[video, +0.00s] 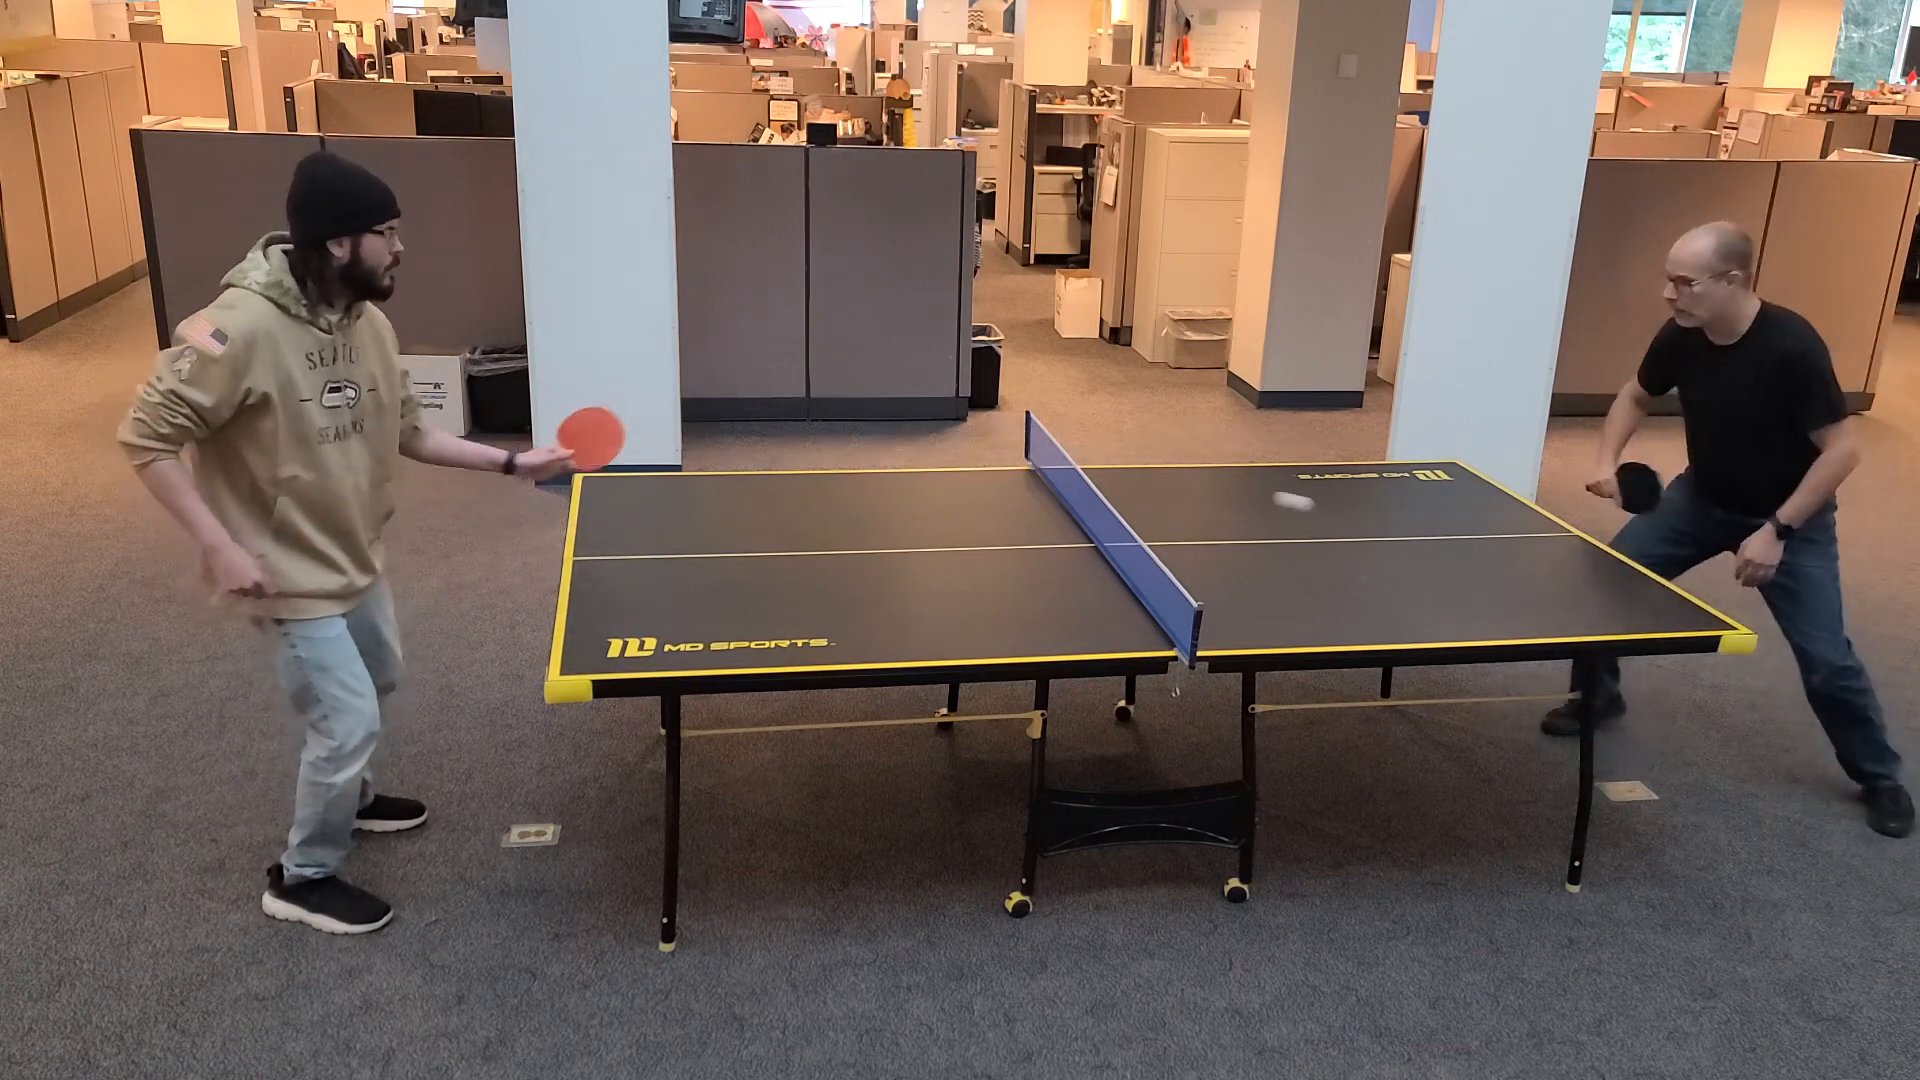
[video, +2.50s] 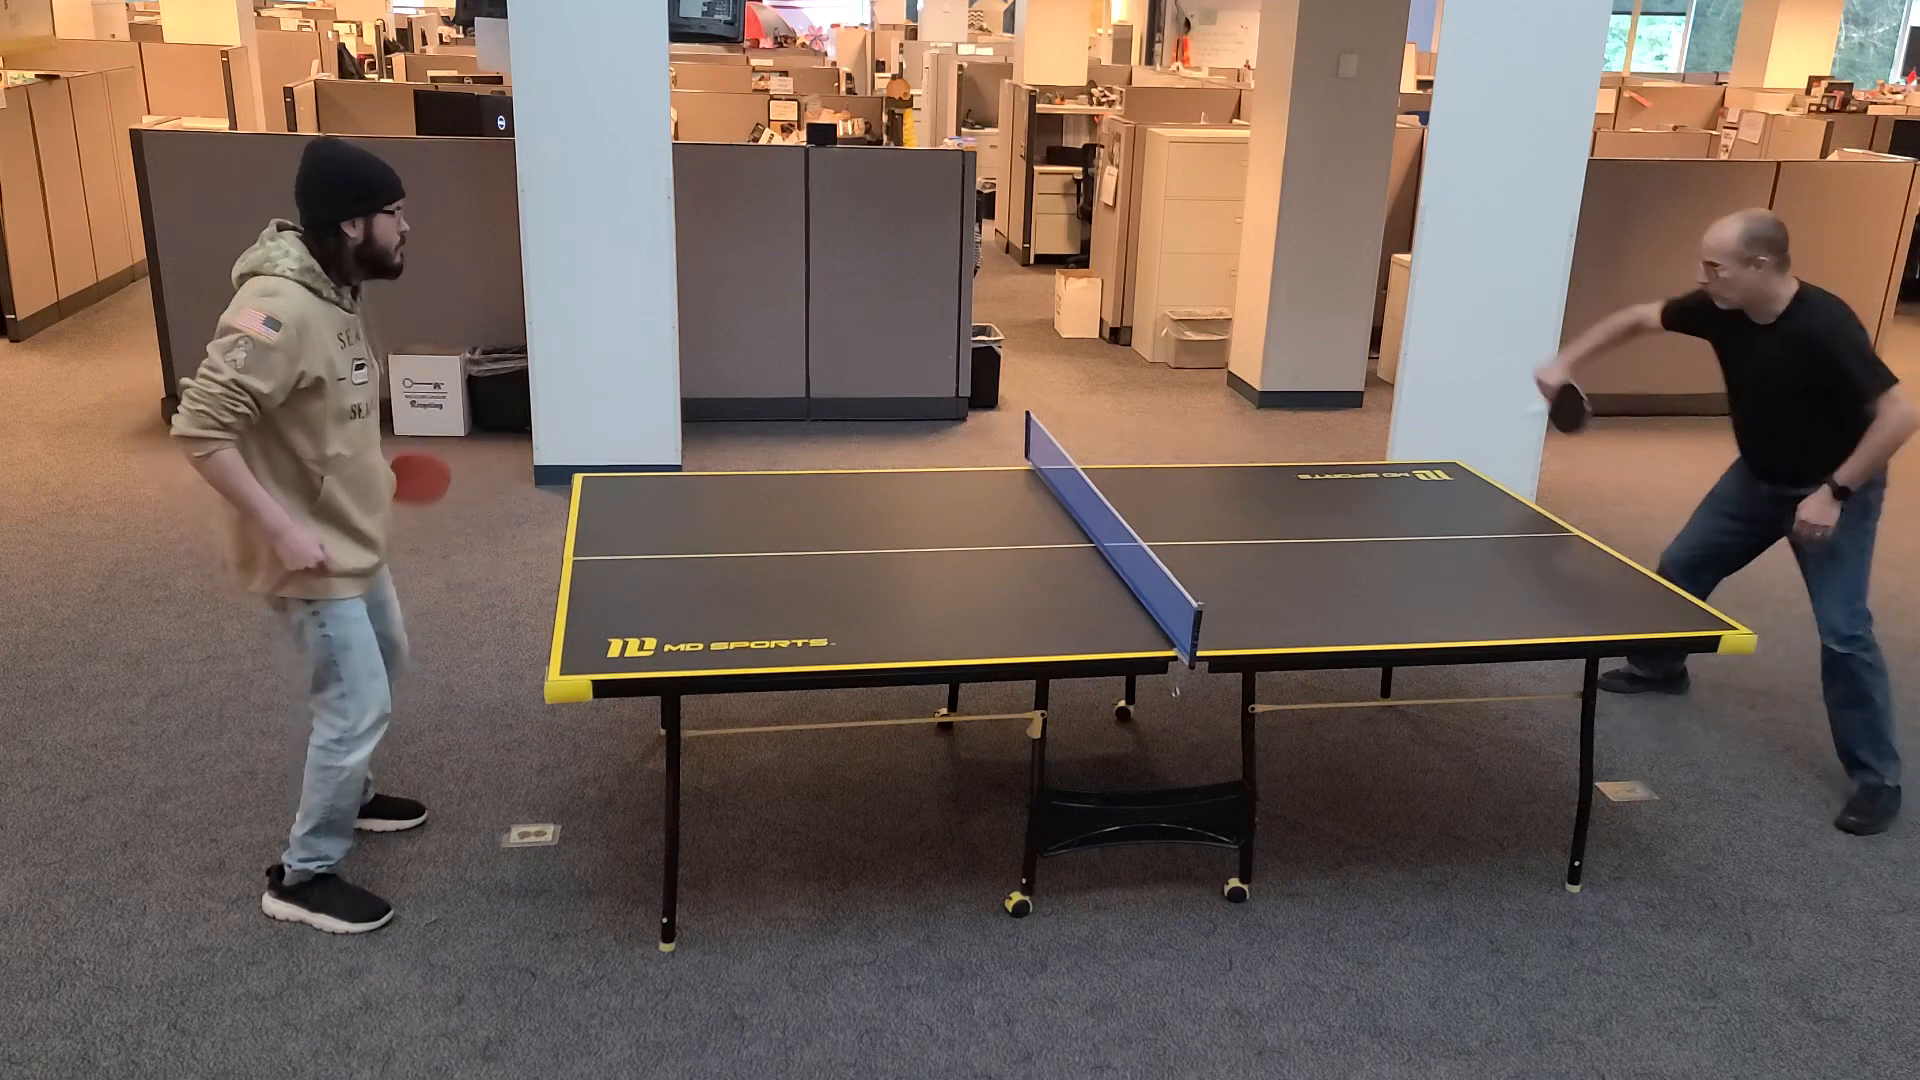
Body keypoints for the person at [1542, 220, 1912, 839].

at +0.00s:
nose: (1669, 293)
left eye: (1684, 283)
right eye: (1669, 280)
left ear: (1735, 282)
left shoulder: (1794, 346)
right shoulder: (1678, 338)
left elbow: (1843, 451)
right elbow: (1634, 400)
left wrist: (1775, 530)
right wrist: (1606, 461)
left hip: (1793, 519)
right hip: (1704, 499)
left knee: (1827, 662)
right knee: (1606, 576)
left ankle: (1879, 776)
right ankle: (1596, 693)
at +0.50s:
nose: (1631, 281)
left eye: (1645, 270)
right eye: (1629, 268)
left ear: (1694, 269)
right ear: (1635, 268)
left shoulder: (1752, 329)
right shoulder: (1639, 327)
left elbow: (1819, 425)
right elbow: (1572, 370)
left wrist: (1745, 497)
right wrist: (1525, 396)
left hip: (1764, 500)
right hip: (1678, 489)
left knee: (1786, 642)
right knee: (1594, 580)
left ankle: (1860, 770)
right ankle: (1579, 688)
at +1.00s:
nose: (1759, 277)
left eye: (1775, 266)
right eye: (1758, 263)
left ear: (1827, 267)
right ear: (1766, 259)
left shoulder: (1887, 335)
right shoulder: (1764, 325)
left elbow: (1919, 438)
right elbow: (1733, 403)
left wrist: (1830, 471)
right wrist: (1710, 460)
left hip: (1877, 505)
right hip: (1794, 493)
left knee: (1861, 660)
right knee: (1709, 586)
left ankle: (1884, 793)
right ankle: (1745, 690)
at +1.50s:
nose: (1843, 312)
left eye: (1860, 303)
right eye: (1841, 298)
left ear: (1909, 302)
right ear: (1843, 291)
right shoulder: (1830, 350)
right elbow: (1749, 415)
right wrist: (1703, 444)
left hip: (1911, 536)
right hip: (1842, 510)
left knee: (1898, 683)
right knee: (1761, 606)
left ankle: (1900, 823)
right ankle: (1719, 703)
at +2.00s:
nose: (1789, 303)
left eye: (1804, 294)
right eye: (1789, 290)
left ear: (1857, 297)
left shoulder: (1911, 358)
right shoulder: (1806, 354)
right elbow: (1768, 426)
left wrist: (1840, 497)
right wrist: (1735, 472)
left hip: (1903, 525)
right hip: (1832, 515)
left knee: (1886, 672)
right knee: (1761, 596)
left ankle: (1901, 820)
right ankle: (1737, 691)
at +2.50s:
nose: (1704, 277)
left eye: (1716, 267)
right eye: (1703, 265)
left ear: (1763, 267)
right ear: (1748, 266)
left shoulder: (1825, 323)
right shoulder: (1719, 311)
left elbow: (1901, 412)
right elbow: (1637, 319)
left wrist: (1834, 490)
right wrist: (1563, 361)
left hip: (1838, 491)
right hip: (1761, 477)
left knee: (1844, 632)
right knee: (1679, 567)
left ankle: (1876, 777)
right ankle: (1660, 665)